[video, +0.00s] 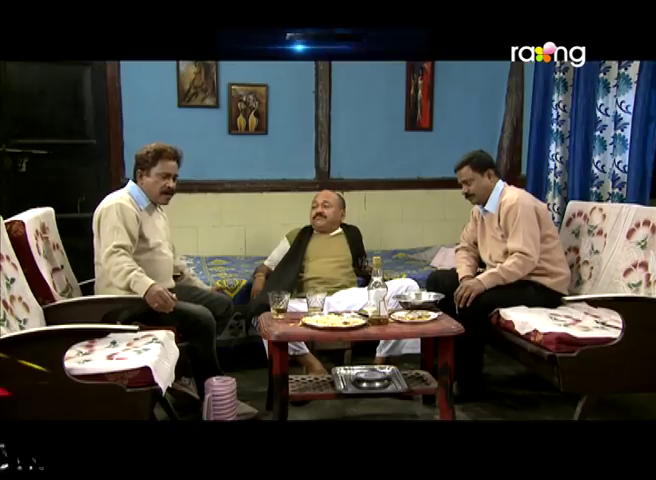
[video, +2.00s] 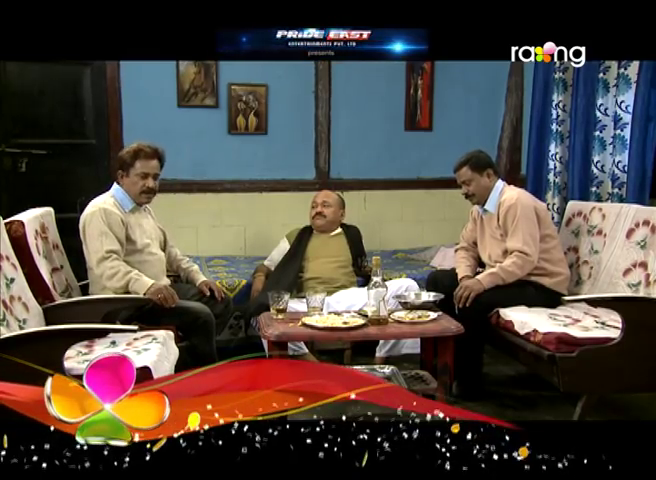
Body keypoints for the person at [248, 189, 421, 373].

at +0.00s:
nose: (318, 209)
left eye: (326, 205)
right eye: (314, 205)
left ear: (341, 214)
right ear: (310, 211)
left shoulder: (352, 233)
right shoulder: (298, 236)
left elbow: (363, 268)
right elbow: (265, 268)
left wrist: (378, 279)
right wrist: (258, 290)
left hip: (349, 297)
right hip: (306, 300)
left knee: (407, 286)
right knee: (267, 317)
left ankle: (381, 360)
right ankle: (312, 364)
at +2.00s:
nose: (318, 210)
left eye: (326, 206)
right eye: (314, 206)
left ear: (341, 213)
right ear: (309, 211)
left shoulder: (351, 233)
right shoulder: (298, 236)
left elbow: (362, 268)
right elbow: (265, 268)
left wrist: (378, 280)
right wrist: (256, 302)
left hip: (351, 297)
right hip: (311, 300)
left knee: (407, 286)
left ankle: (382, 362)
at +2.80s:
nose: (317, 210)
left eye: (326, 206)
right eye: (314, 206)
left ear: (341, 213)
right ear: (309, 211)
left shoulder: (351, 233)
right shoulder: (297, 236)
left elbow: (362, 268)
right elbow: (266, 267)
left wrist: (377, 280)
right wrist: (258, 287)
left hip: (351, 297)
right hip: (311, 300)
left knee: (407, 286)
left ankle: (381, 362)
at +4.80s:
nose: (317, 210)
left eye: (325, 206)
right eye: (314, 206)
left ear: (341, 213)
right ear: (309, 211)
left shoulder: (351, 233)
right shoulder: (297, 236)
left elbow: (361, 269)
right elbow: (264, 269)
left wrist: (378, 280)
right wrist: (256, 301)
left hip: (350, 297)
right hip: (309, 300)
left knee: (406, 285)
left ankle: (381, 362)